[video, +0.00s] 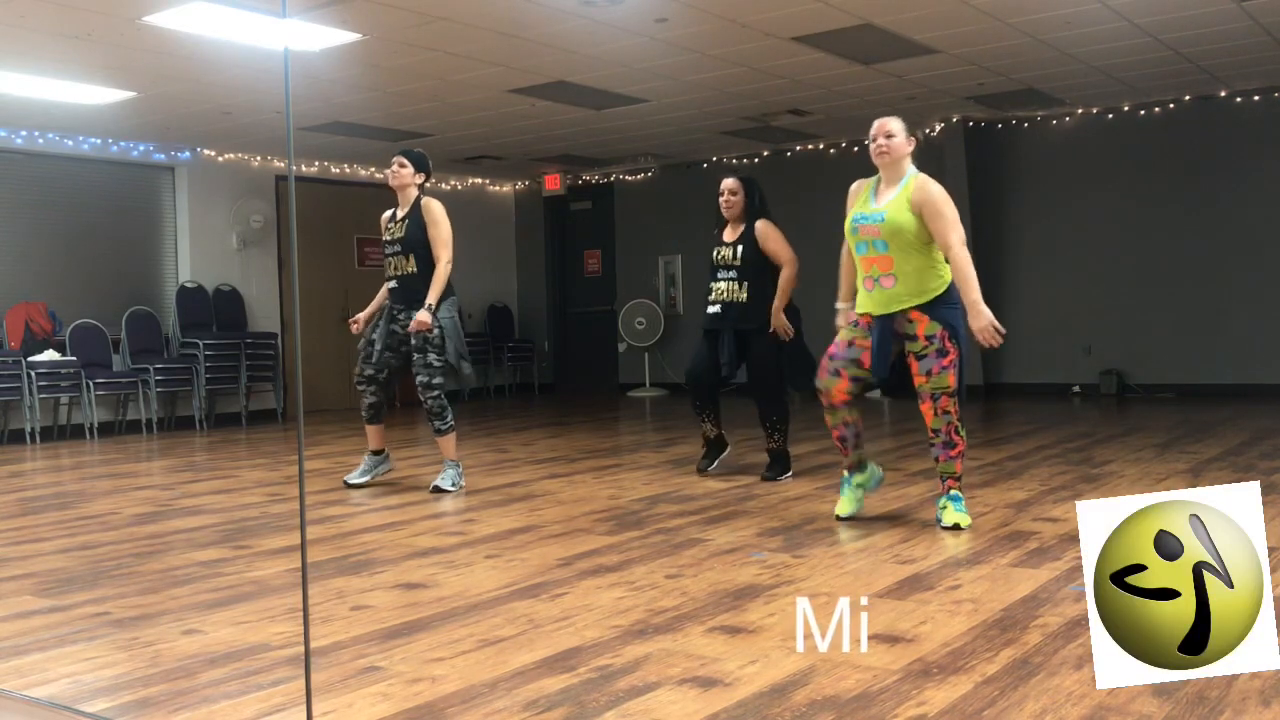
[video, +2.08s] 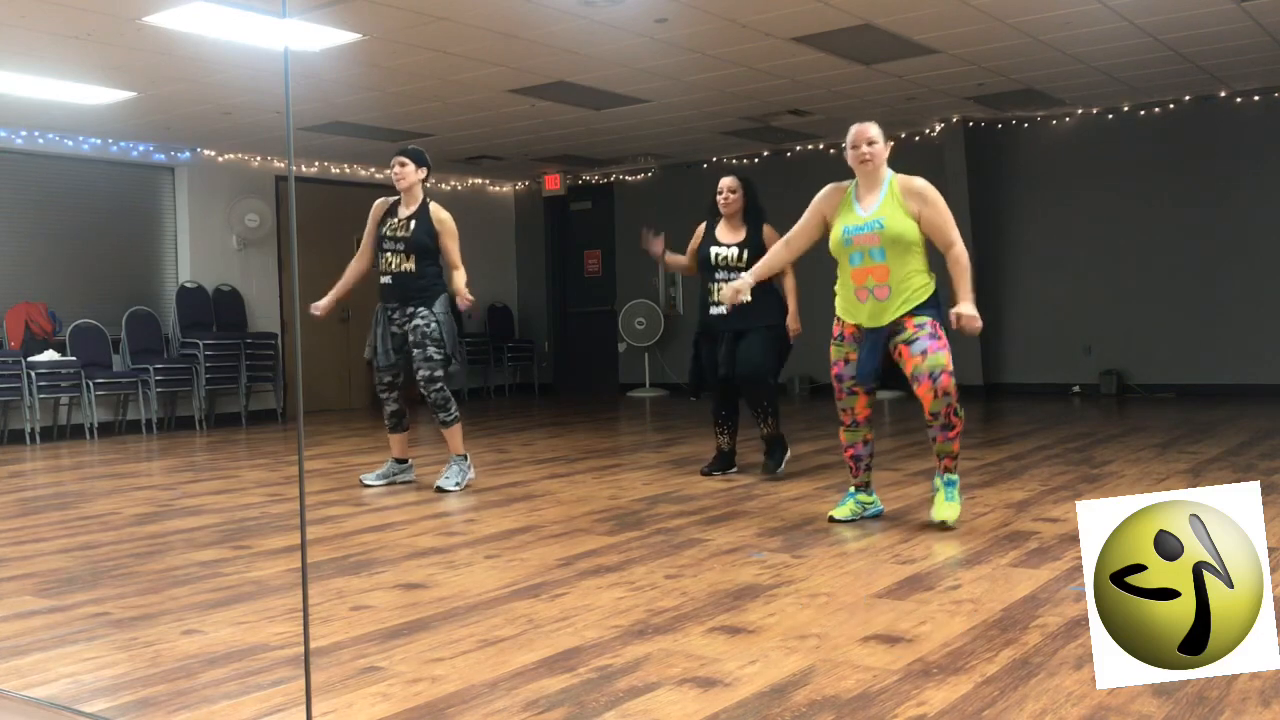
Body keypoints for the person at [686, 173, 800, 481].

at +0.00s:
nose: (725, 199)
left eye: (732, 193)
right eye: (722, 194)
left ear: (748, 197)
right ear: (718, 200)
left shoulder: (761, 228)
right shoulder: (722, 233)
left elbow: (790, 263)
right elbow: (729, 277)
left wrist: (778, 309)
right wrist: (720, 312)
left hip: (760, 326)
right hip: (724, 327)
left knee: (767, 388)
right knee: (698, 378)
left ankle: (779, 459)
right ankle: (714, 442)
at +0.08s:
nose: (729, 198)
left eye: (736, 193)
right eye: (725, 193)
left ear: (752, 197)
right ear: (722, 198)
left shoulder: (765, 228)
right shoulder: (721, 232)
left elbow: (793, 262)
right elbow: (726, 274)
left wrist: (762, 277)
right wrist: (721, 310)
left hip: (764, 326)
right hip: (725, 327)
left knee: (769, 387)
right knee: (700, 376)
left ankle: (779, 457)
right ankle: (716, 438)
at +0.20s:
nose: (731, 198)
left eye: (739, 193)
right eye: (728, 193)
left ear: (755, 196)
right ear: (724, 198)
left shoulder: (771, 229)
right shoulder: (718, 228)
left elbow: (773, 269)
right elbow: (710, 272)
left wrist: (756, 231)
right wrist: (707, 310)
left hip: (763, 325)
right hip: (724, 324)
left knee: (769, 387)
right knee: (712, 383)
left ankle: (779, 458)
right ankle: (718, 452)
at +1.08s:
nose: (707, 196)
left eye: (714, 191)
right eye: (704, 192)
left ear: (730, 197)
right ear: (701, 200)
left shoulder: (750, 232)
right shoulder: (692, 237)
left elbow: (778, 264)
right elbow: (681, 279)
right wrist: (679, 320)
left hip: (750, 323)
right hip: (709, 327)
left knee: (746, 367)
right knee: (715, 391)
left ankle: (769, 431)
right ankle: (722, 455)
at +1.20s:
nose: (710, 195)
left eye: (718, 189)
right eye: (708, 190)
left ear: (734, 195)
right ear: (705, 197)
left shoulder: (754, 231)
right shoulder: (696, 235)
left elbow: (779, 269)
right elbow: (690, 277)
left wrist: (767, 305)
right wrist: (691, 319)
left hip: (751, 327)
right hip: (712, 328)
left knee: (755, 386)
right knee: (719, 392)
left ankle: (779, 451)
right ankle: (722, 455)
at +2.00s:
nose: (723, 199)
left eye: (730, 194)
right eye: (719, 195)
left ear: (744, 200)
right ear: (714, 201)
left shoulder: (762, 237)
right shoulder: (702, 235)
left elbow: (787, 274)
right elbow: (685, 267)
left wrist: (792, 314)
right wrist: (671, 297)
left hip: (758, 327)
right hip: (716, 329)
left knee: (751, 372)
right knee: (718, 392)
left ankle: (772, 435)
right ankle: (725, 454)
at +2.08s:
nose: (725, 197)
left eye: (732, 192)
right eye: (720, 192)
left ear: (745, 196)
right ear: (715, 198)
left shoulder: (763, 232)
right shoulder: (705, 230)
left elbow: (786, 272)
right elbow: (690, 264)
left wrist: (793, 312)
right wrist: (662, 255)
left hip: (758, 324)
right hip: (718, 326)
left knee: (753, 380)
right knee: (721, 388)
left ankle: (775, 445)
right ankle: (725, 454)